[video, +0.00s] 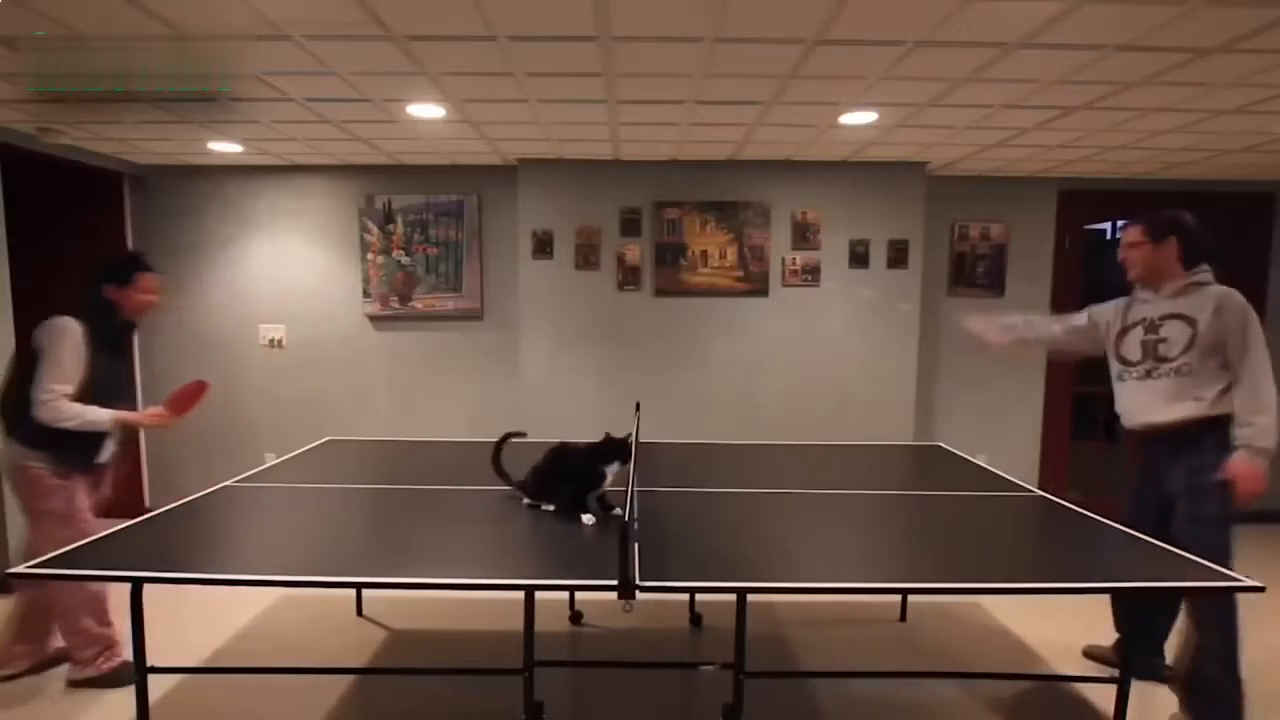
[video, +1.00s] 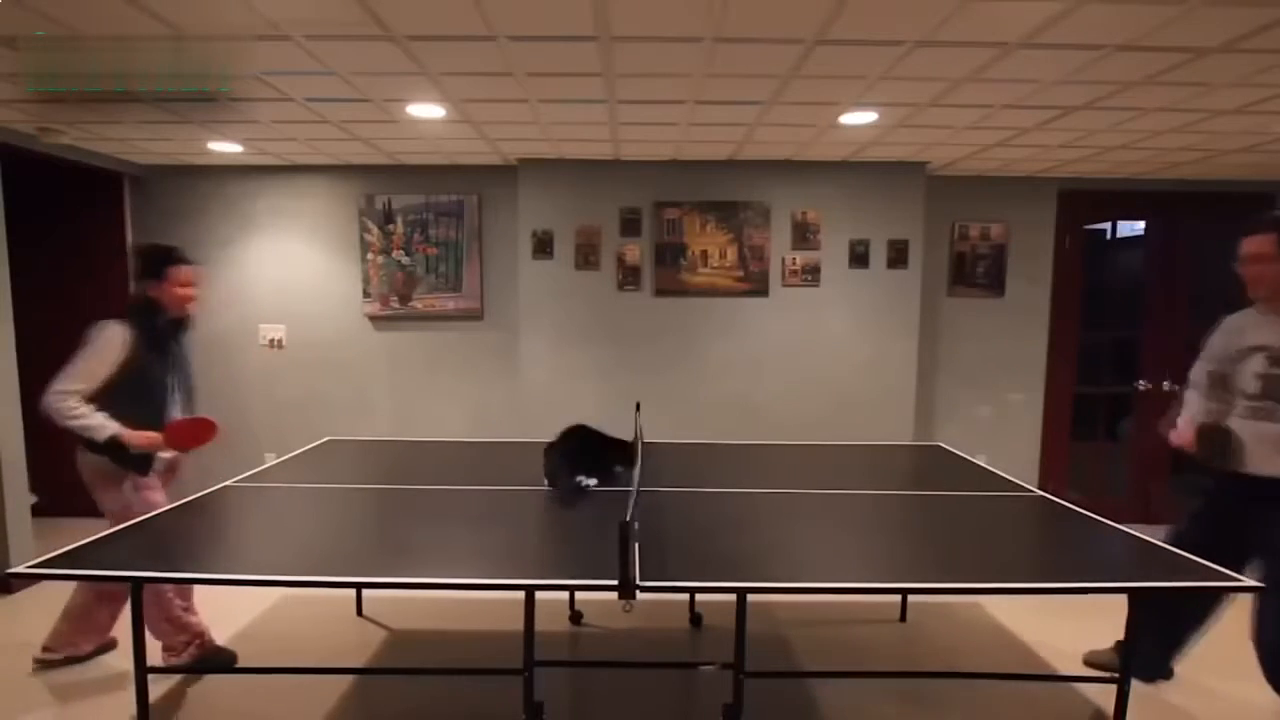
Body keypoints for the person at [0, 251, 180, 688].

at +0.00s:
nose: (151, 303)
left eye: (153, 293)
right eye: (144, 292)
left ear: (126, 295)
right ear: (114, 292)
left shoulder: (121, 338)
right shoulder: (67, 331)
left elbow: (110, 414)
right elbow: (47, 408)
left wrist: (104, 469)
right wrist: (131, 418)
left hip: (81, 466)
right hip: (41, 465)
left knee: (53, 559)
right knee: (80, 554)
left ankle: (24, 650)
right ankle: (95, 659)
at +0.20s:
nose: (119, 295)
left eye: (122, 287)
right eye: (113, 285)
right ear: (81, 282)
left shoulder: (83, 330)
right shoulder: (42, 325)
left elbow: (74, 402)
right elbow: (21, 398)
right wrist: (102, 406)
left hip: (51, 465)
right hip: (31, 467)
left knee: (25, 559)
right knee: (81, 554)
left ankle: (20, 650)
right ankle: (93, 658)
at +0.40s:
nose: (129, 304)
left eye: (130, 295)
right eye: (123, 294)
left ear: (102, 295)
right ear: (94, 291)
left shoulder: (80, 337)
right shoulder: (53, 334)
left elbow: (89, 397)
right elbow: (73, 400)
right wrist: (158, 387)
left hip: (71, 470)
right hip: (53, 471)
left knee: (65, 564)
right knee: (128, 541)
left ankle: (21, 650)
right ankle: (172, 645)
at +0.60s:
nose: (197, 295)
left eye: (198, 286)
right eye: (189, 286)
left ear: (165, 289)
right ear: (160, 288)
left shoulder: (157, 333)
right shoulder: (133, 333)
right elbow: (178, 394)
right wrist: (253, 384)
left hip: (130, 464)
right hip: (104, 462)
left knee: (95, 559)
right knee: (163, 538)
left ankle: (29, 647)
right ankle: (185, 643)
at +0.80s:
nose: (224, 296)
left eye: (225, 286)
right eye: (216, 286)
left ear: (198, 290)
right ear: (184, 287)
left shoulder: (191, 333)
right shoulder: (151, 330)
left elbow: (168, 398)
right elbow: (85, 392)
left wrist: (193, 431)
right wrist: (148, 432)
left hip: (155, 458)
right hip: (126, 458)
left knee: (124, 552)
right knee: (159, 547)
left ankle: (66, 645)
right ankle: (186, 644)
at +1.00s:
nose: (191, 294)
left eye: (193, 285)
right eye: (183, 284)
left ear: (185, 288)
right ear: (154, 288)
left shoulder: (171, 337)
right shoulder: (119, 334)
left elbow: (175, 398)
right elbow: (58, 399)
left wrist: (178, 441)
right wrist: (124, 434)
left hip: (149, 459)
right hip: (111, 461)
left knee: (126, 550)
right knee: (161, 544)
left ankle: (71, 641)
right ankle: (185, 644)